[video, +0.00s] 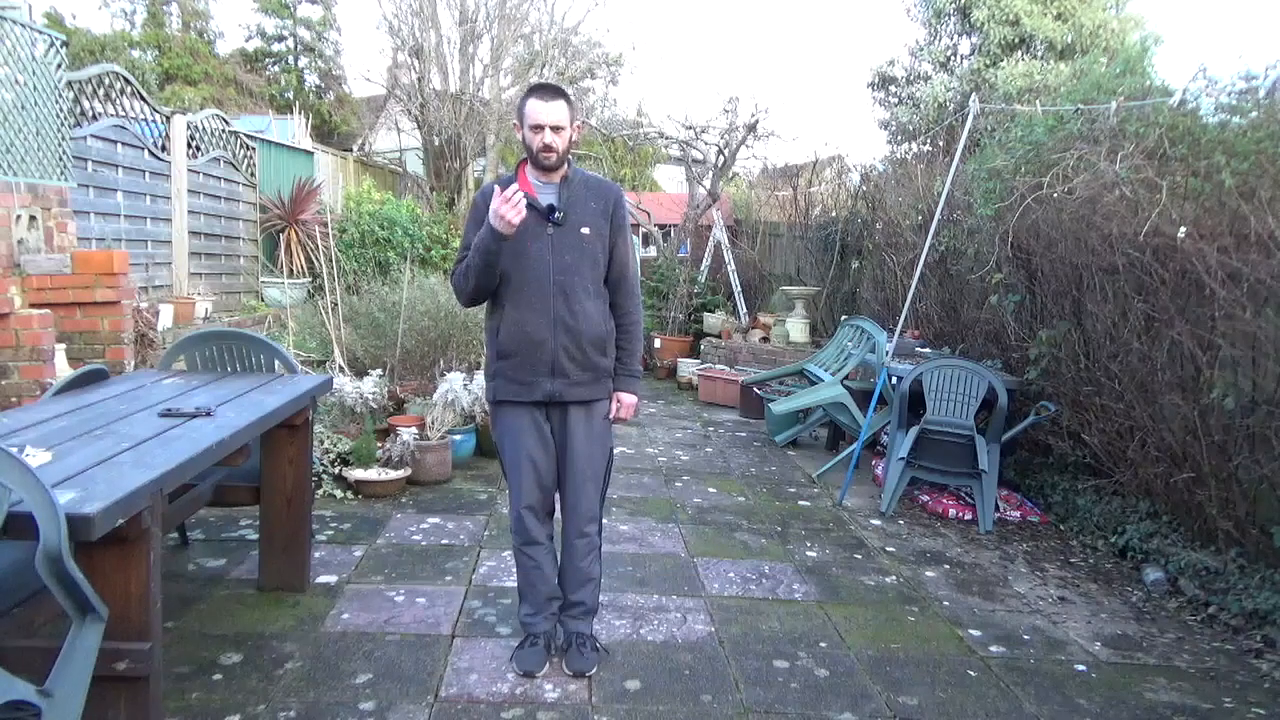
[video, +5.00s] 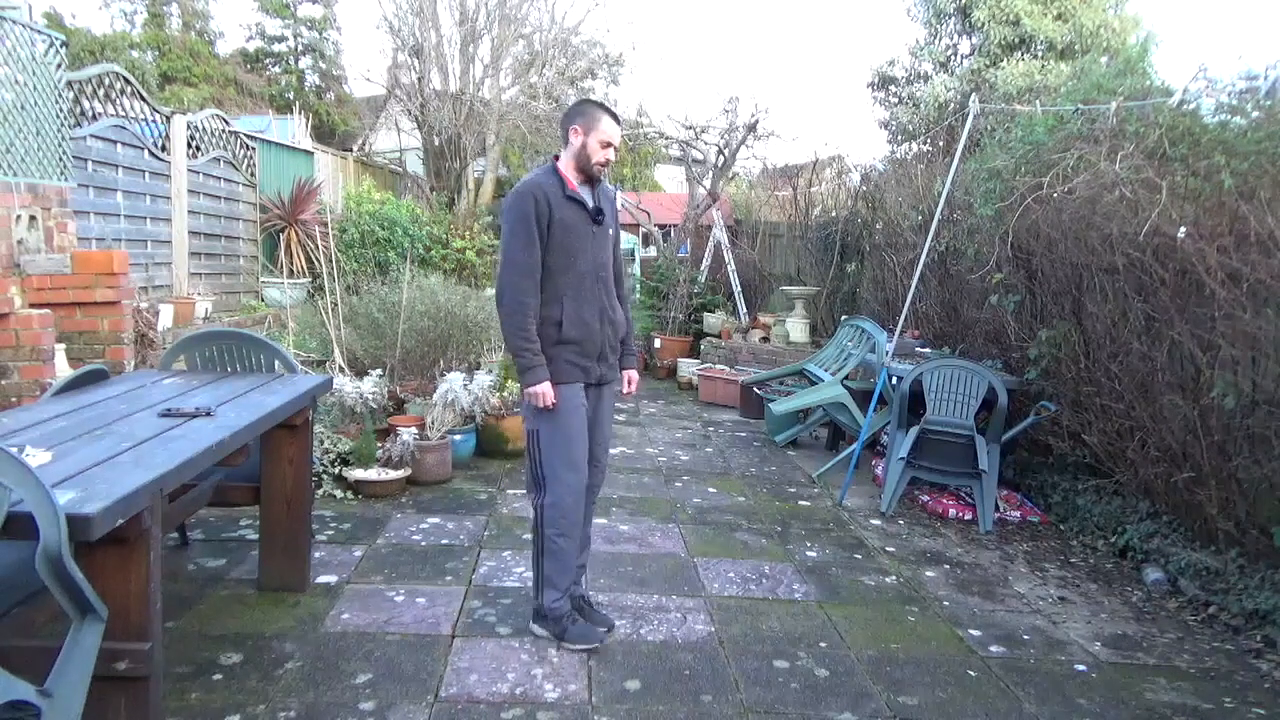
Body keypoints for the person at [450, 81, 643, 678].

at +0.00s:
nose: (547, 139)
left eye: (556, 128)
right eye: (536, 129)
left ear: (573, 130)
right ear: (521, 131)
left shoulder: (606, 197)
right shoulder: (493, 197)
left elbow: (626, 293)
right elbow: (467, 291)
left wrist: (628, 376)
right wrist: (496, 232)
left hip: (590, 380)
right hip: (516, 380)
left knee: (583, 513)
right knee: (528, 513)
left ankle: (580, 627)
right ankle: (536, 629)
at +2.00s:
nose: (535, 141)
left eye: (545, 130)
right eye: (524, 132)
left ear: (564, 129)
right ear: (511, 135)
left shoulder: (599, 195)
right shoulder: (486, 200)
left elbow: (621, 292)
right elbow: (464, 295)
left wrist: (624, 375)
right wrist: (485, 261)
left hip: (586, 378)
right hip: (512, 381)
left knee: (581, 513)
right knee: (526, 513)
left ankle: (580, 625)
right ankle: (535, 627)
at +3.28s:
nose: (537, 139)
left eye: (546, 129)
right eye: (526, 130)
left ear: (564, 129)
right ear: (512, 133)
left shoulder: (597, 195)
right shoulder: (485, 200)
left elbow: (618, 290)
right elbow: (466, 284)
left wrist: (622, 373)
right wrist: (471, 348)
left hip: (585, 378)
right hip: (511, 381)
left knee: (581, 512)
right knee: (525, 513)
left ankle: (580, 626)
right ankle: (536, 628)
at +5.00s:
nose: (611, 155)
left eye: (615, 147)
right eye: (606, 144)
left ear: (606, 147)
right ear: (574, 135)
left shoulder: (603, 201)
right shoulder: (532, 195)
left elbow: (616, 286)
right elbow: (515, 292)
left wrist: (628, 353)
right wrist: (532, 371)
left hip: (603, 367)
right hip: (555, 368)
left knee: (588, 483)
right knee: (562, 488)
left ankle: (572, 591)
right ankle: (553, 605)